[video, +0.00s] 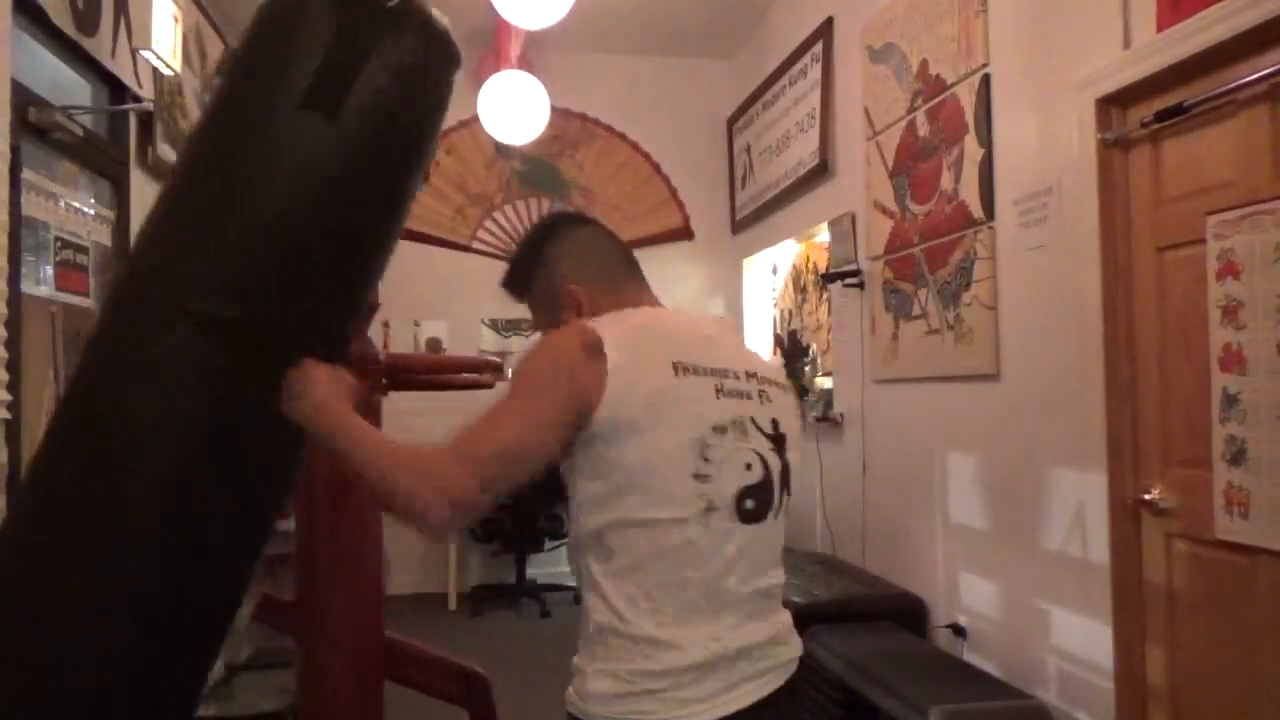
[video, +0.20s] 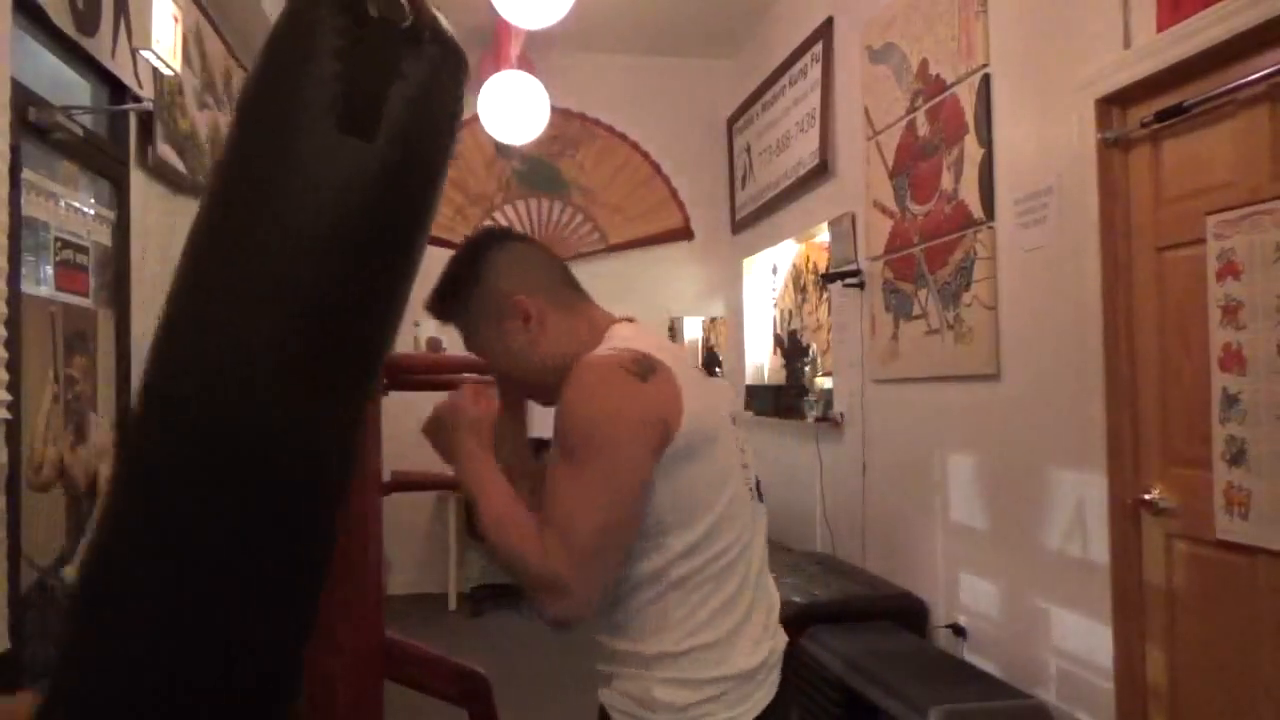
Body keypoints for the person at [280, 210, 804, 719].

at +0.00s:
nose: (541, 344)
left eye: (540, 325)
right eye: (536, 329)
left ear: (574, 300)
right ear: (639, 285)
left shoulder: (585, 352)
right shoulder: (746, 355)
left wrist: (327, 413)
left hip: (642, 698)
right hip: (774, 679)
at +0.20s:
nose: (500, 379)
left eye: (489, 357)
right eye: (486, 363)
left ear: (524, 316)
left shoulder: (610, 379)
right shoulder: (647, 355)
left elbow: (568, 594)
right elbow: (542, 515)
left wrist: (469, 456)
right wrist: (508, 397)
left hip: (681, 702)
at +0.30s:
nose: (480, 360)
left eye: (477, 336)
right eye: (470, 342)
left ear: (531, 302)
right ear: (535, 301)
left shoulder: (627, 380)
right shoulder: (593, 379)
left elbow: (562, 579)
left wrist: (467, 432)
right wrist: (456, 431)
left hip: (676, 703)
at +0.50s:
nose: (511, 347)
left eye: (506, 321)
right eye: (498, 326)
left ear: (561, 289)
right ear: (565, 288)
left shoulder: (621, 377)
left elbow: (553, 581)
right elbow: (529, 501)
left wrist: (461, 440)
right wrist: (522, 364)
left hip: (662, 704)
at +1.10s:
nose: (733, 339)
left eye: (730, 316)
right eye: (725, 320)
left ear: (774, 290)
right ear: (782, 287)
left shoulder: (805, 344)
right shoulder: (886, 347)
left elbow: (782, 522)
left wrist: (645, 470)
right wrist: (759, 388)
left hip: (846, 689)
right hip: (932, 683)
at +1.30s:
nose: (730, 321)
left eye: (735, 298)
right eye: (726, 301)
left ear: (797, 277)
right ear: (802, 279)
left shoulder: (855, 347)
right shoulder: (871, 334)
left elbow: (785, 533)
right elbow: (769, 506)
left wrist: (693, 395)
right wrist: (738, 372)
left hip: (890, 685)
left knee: (699, 586)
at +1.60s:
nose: (662, 383)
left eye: (669, 360)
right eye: (659, 363)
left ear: (736, 339)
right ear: (740, 338)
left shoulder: (860, 424)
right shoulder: (771, 433)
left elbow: (789, 639)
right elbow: (709, 598)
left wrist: (676, 473)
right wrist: (674, 471)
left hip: (945, 708)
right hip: (855, 693)